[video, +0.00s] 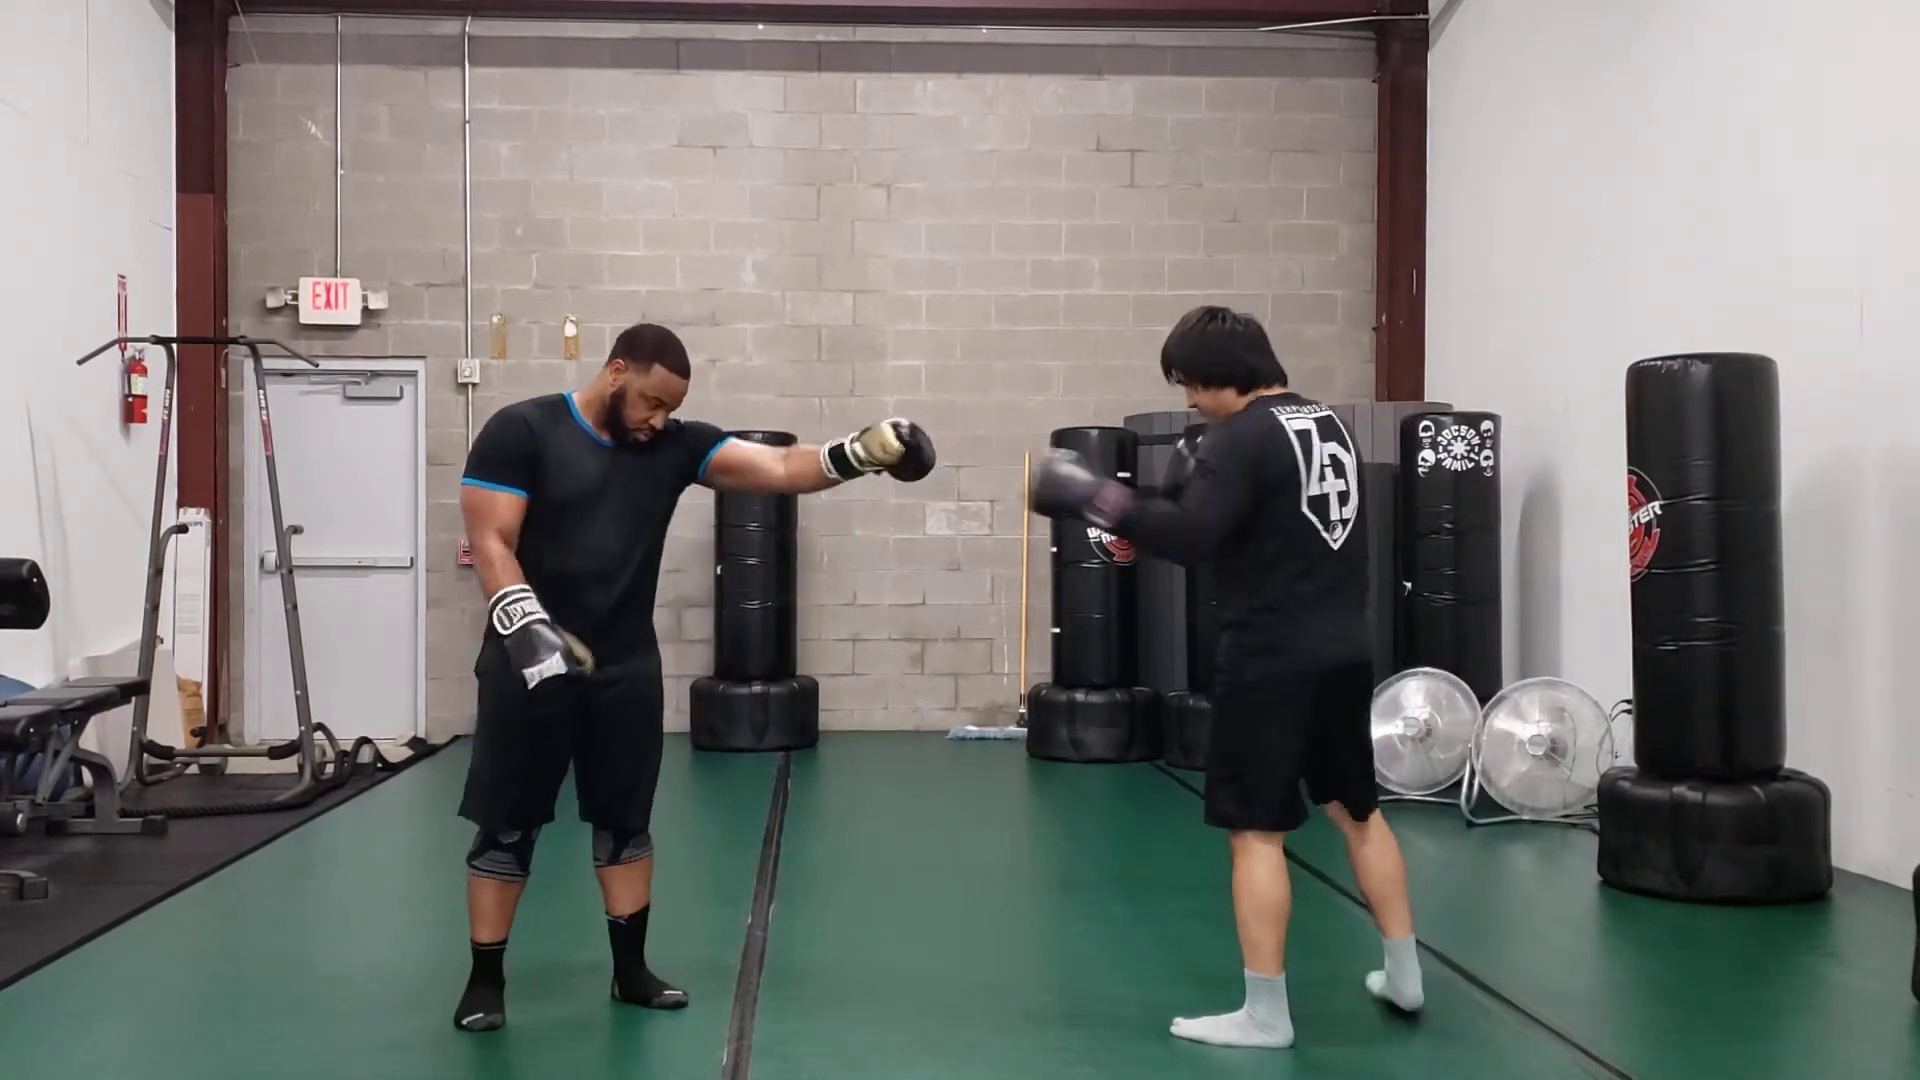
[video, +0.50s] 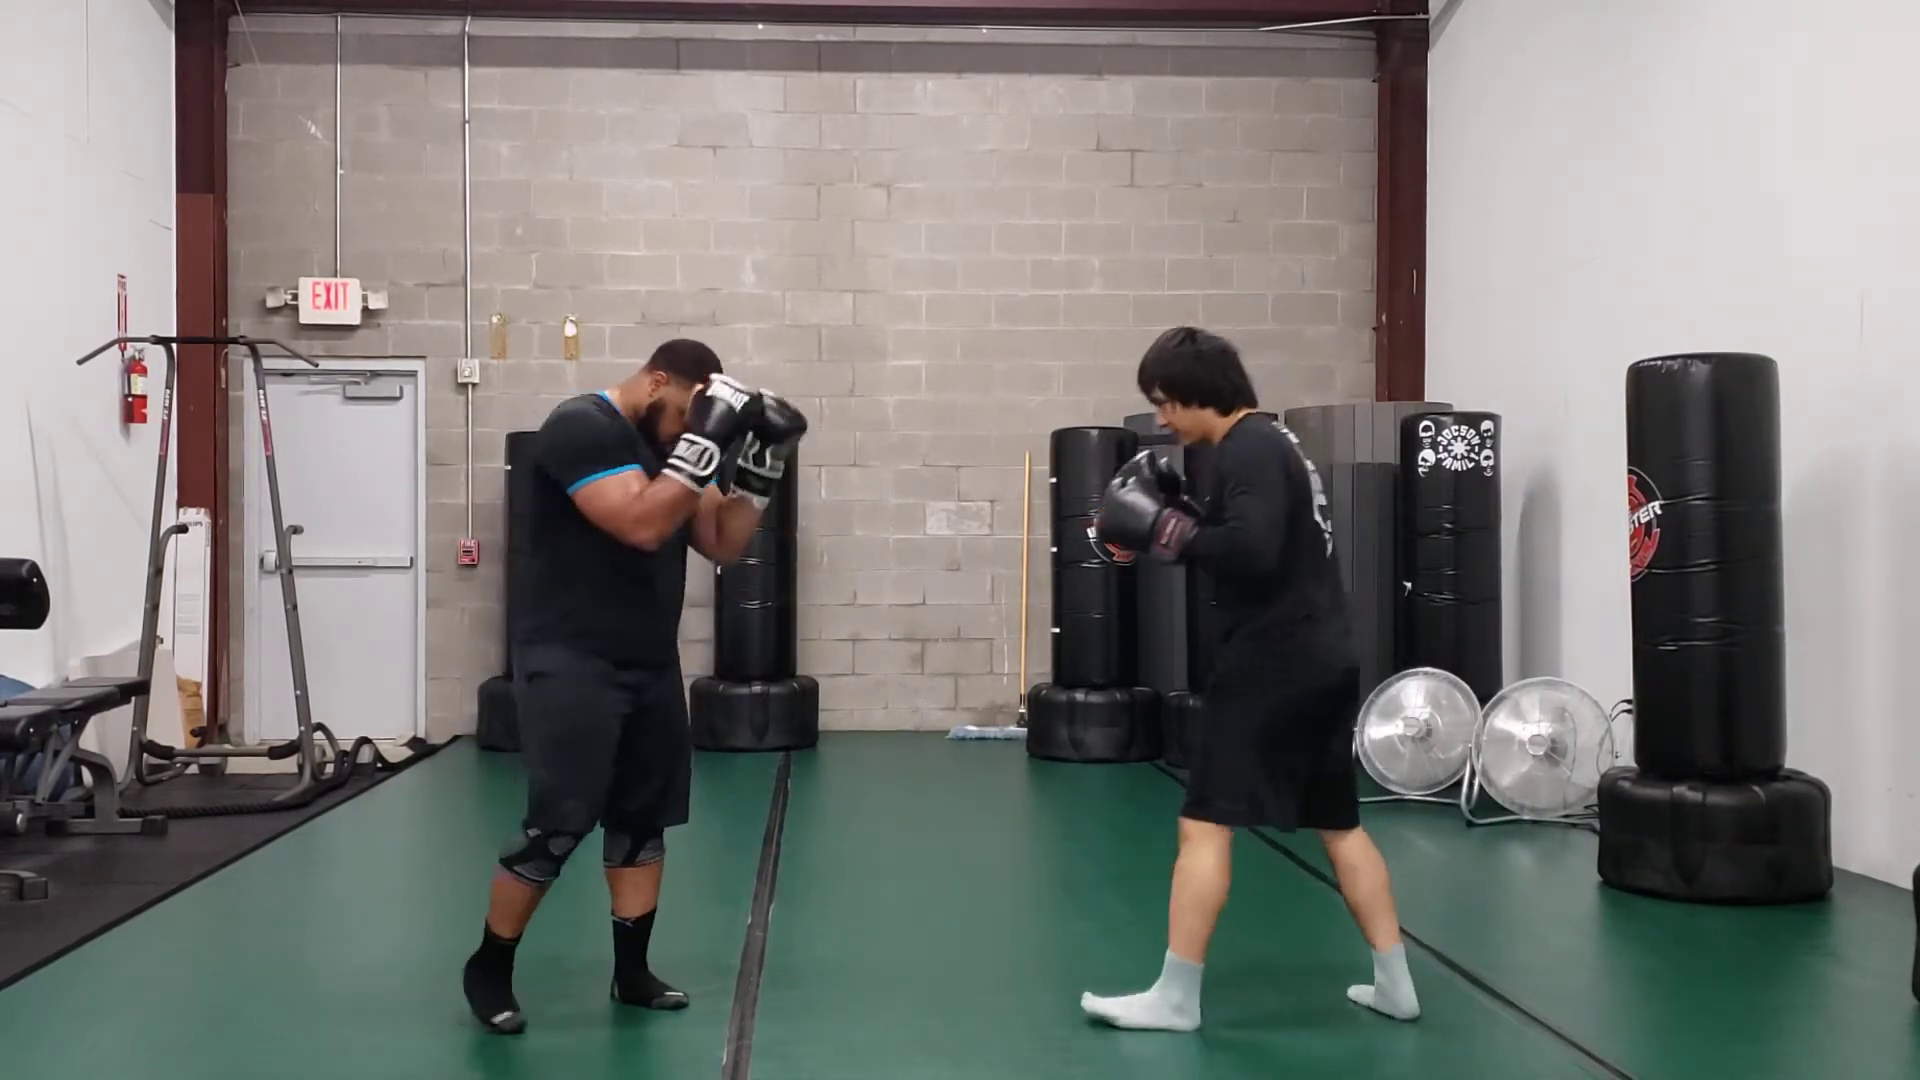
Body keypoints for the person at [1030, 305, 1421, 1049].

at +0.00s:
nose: (1190, 403)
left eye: (1192, 388)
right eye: (1186, 389)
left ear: (1226, 378)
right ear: (1261, 370)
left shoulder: (1243, 439)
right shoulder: (1329, 426)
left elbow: (1192, 532)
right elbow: (1276, 525)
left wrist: (1093, 497)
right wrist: (1163, 514)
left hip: (1268, 664)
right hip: (1342, 655)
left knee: (1256, 828)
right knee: (1359, 808)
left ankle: (1265, 1013)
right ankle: (1405, 973)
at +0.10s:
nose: (1192, 414)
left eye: (1194, 398)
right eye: (1187, 400)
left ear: (1232, 388)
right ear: (1253, 381)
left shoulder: (1267, 445)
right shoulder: (1318, 426)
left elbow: (1277, 547)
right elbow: (1301, 535)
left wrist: (1179, 534)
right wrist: (1214, 503)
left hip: (1274, 669)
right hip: (1340, 662)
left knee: (1241, 827)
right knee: (1349, 817)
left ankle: (1263, 1012)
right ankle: (1397, 983)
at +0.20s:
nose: (1202, 430)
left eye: (1204, 414)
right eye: (1196, 416)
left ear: (1241, 400)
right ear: (1260, 395)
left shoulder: (1286, 448)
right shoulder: (1315, 438)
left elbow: (1311, 547)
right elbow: (1294, 541)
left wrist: (1216, 548)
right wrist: (1215, 512)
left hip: (1291, 667)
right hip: (1347, 666)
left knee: (1195, 807)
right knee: (1350, 821)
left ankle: (1253, 982)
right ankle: (1400, 988)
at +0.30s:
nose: (1198, 423)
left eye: (1200, 407)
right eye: (1193, 410)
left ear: (1236, 395)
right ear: (1252, 390)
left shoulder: (1289, 440)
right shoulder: (1303, 435)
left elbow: (1315, 536)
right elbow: (1277, 535)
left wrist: (1219, 526)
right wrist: (1209, 496)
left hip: (1292, 659)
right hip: (1343, 659)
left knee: (1191, 796)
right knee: (1352, 816)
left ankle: (1218, 978)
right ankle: (1400, 987)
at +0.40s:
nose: (1185, 413)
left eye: (1187, 398)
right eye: (1181, 400)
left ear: (1223, 389)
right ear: (1237, 383)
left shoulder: (1271, 436)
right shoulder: (1290, 432)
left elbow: (1291, 531)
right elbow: (1264, 531)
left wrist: (1204, 517)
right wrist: (1196, 506)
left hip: (1279, 658)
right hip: (1334, 657)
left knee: (1221, 816)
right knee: (1354, 816)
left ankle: (1178, 989)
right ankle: (1398, 986)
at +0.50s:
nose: (1161, 419)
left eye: (1165, 404)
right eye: (1157, 406)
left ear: (1200, 395)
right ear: (1224, 391)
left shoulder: (1247, 451)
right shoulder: (1269, 442)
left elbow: (1254, 548)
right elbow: (1242, 540)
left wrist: (1168, 532)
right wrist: (1161, 524)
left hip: (1266, 671)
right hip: (1324, 668)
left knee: (1204, 822)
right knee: (1340, 821)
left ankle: (1176, 995)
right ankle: (1396, 983)